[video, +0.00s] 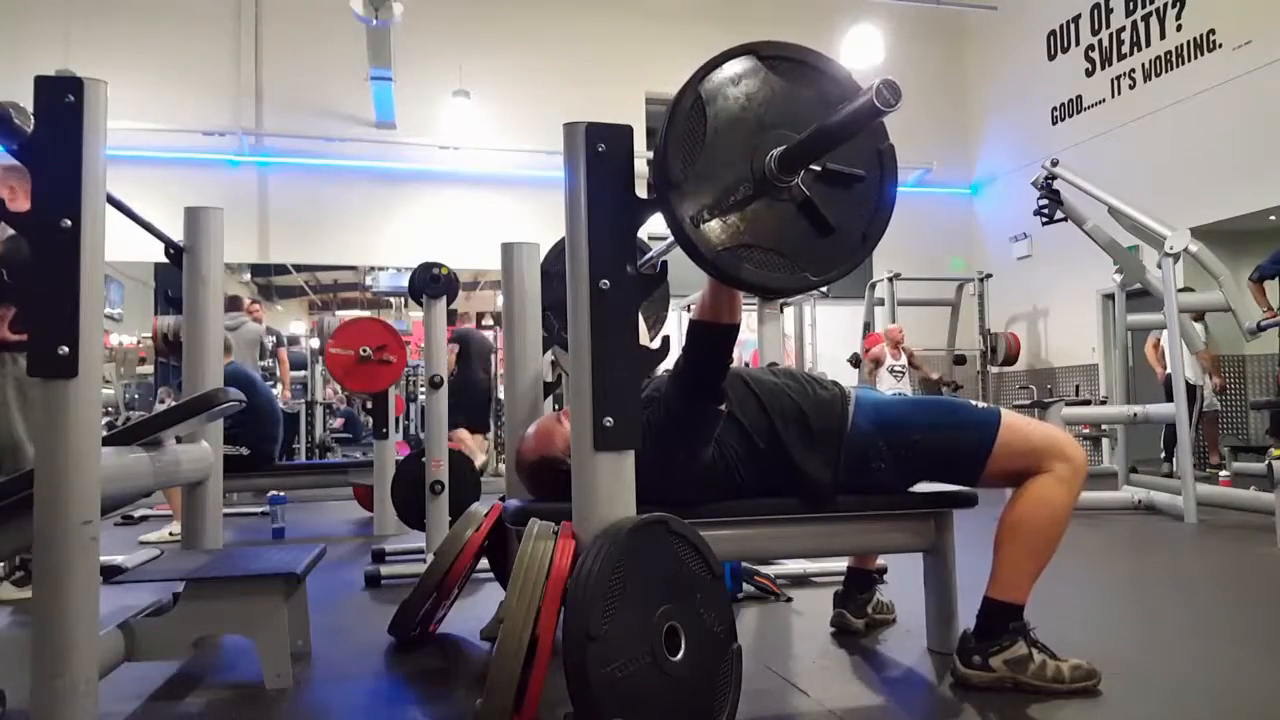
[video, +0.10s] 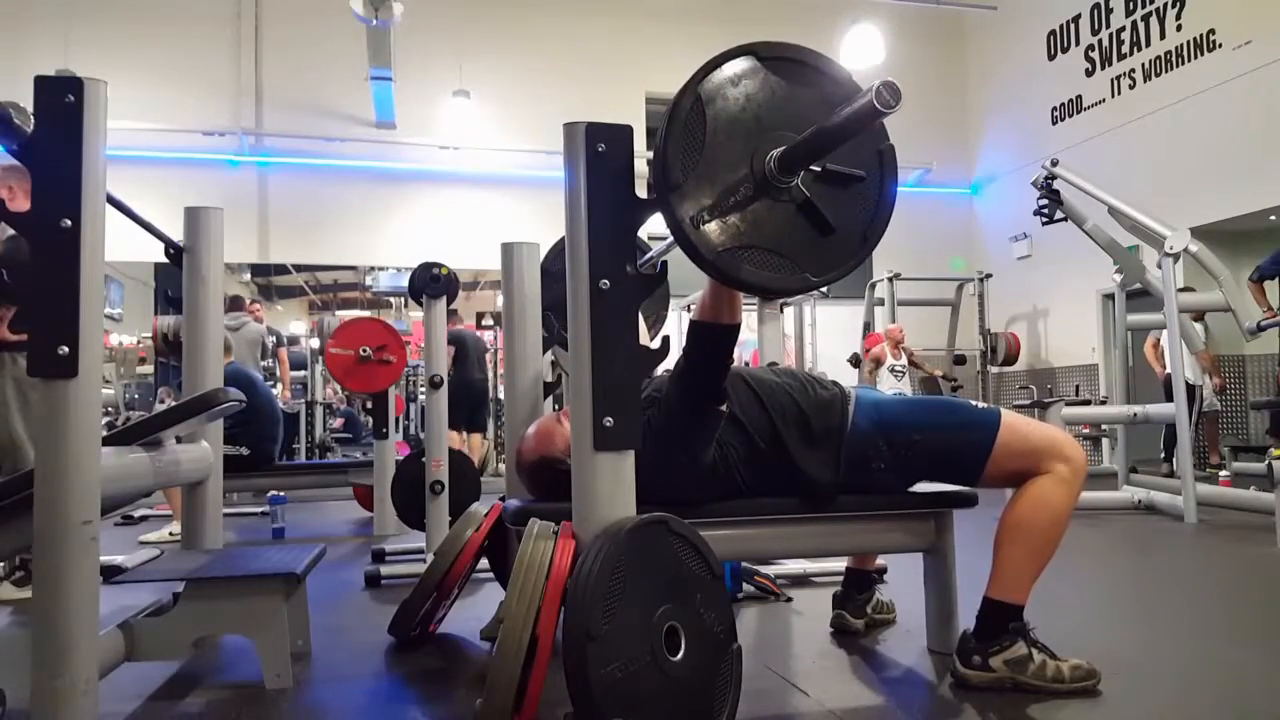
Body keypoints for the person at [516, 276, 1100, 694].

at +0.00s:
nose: (562, 412)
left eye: (551, 414)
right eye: (558, 423)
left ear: (567, 467)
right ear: (578, 452)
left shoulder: (608, 440)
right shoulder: (651, 463)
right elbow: (707, 357)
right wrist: (738, 230)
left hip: (817, 431)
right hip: (850, 435)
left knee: (919, 445)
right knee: (1061, 454)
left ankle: (860, 591)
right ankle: (996, 639)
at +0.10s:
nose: (560, 410)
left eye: (550, 413)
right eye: (558, 421)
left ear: (566, 471)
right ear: (578, 451)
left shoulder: (608, 441)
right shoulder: (654, 461)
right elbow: (708, 356)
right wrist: (739, 227)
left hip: (817, 437)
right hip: (850, 436)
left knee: (913, 447)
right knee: (1061, 454)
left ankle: (860, 591)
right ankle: (996, 639)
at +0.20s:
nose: (561, 410)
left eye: (551, 413)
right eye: (558, 420)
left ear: (566, 471)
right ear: (578, 449)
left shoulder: (609, 445)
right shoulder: (653, 459)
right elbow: (708, 352)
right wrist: (738, 225)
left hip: (815, 440)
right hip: (849, 437)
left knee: (910, 448)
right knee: (1061, 454)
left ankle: (860, 591)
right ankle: (995, 639)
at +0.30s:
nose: (560, 410)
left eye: (549, 413)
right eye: (557, 421)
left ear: (564, 472)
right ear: (576, 450)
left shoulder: (608, 445)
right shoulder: (653, 458)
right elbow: (707, 354)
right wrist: (738, 228)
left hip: (816, 438)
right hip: (850, 436)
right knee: (1061, 454)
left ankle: (860, 591)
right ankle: (995, 640)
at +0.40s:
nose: (560, 410)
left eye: (550, 413)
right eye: (558, 421)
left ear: (564, 473)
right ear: (578, 450)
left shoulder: (606, 449)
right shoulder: (653, 460)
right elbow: (707, 353)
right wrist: (739, 227)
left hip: (814, 438)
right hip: (850, 436)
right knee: (1061, 455)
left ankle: (859, 591)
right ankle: (995, 640)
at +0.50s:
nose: (561, 409)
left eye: (551, 413)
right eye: (558, 419)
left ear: (566, 470)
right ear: (579, 448)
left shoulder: (608, 442)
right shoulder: (653, 462)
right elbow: (709, 351)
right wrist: (738, 226)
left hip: (817, 429)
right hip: (850, 436)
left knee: (921, 446)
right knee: (1061, 456)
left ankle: (860, 592)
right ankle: (995, 640)